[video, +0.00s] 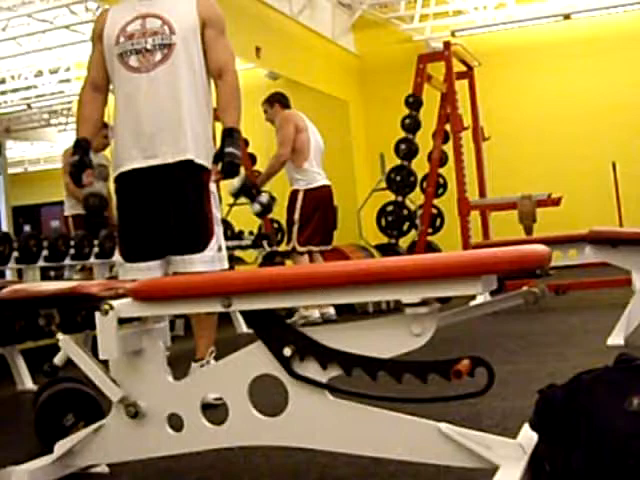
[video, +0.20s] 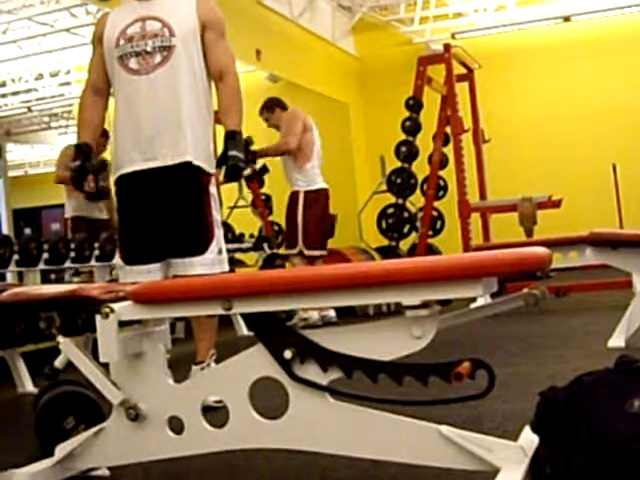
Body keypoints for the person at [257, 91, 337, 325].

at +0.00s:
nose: (267, 118)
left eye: (268, 112)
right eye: (265, 114)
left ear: (277, 106)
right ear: (284, 105)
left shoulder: (287, 118)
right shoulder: (304, 120)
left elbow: (283, 154)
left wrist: (260, 182)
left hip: (305, 189)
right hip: (322, 187)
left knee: (298, 251)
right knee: (314, 251)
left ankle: (309, 305)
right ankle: (325, 302)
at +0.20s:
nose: (270, 126)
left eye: (269, 120)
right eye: (267, 123)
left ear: (276, 111)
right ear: (278, 110)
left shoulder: (294, 115)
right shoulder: (302, 120)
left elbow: (289, 144)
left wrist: (259, 153)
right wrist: (260, 153)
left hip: (306, 191)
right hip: (314, 190)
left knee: (297, 254)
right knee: (314, 255)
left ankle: (308, 307)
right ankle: (324, 305)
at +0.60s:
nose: (266, 149)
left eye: (262, 144)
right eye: (262, 147)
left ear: (264, 134)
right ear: (270, 128)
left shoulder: (287, 135)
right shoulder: (299, 137)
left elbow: (295, 160)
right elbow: (297, 172)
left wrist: (265, 171)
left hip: (305, 207)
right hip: (317, 205)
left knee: (294, 268)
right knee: (314, 269)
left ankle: (308, 322)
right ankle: (324, 319)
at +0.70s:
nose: (265, 149)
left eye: (261, 144)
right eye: (261, 147)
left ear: (263, 134)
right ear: (270, 128)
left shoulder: (285, 135)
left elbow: (293, 166)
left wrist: (266, 187)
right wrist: (272, 206)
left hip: (304, 207)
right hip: (317, 205)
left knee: (298, 270)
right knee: (315, 269)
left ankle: (309, 323)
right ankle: (324, 319)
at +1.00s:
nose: (244, 159)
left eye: (241, 154)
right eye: (240, 156)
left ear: (244, 144)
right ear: (250, 140)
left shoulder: (268, 149)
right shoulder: (280, 146)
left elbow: (282, 180)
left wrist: (292, 208)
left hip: (299, 208)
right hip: (314, 205)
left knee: (298, 271)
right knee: (315, 269)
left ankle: (310, 324)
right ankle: (328, 320)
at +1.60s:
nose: (247, 156)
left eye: (244, 152)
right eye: (245, 153)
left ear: (246, 143)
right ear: (259, 136)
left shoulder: (260, 148)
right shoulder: (287, 147)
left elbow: (271, 185)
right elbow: (297, 181)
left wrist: (268, 223)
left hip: (290, 212)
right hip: (312, 207)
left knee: (282, 272)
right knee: (319, 270)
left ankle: (283, 324)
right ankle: (328, 321)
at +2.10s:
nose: (225, 156)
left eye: (225, 151)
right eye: (224, 151)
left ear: (230, 144)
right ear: (238, 138)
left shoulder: (248, 156)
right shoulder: (272, 151)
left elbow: (261, 181)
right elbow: (286, 178)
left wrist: (255, 201)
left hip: (277, 212)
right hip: (299, 206)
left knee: (272, 275)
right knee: (311, 270)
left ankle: (278, 326)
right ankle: (325, 321)